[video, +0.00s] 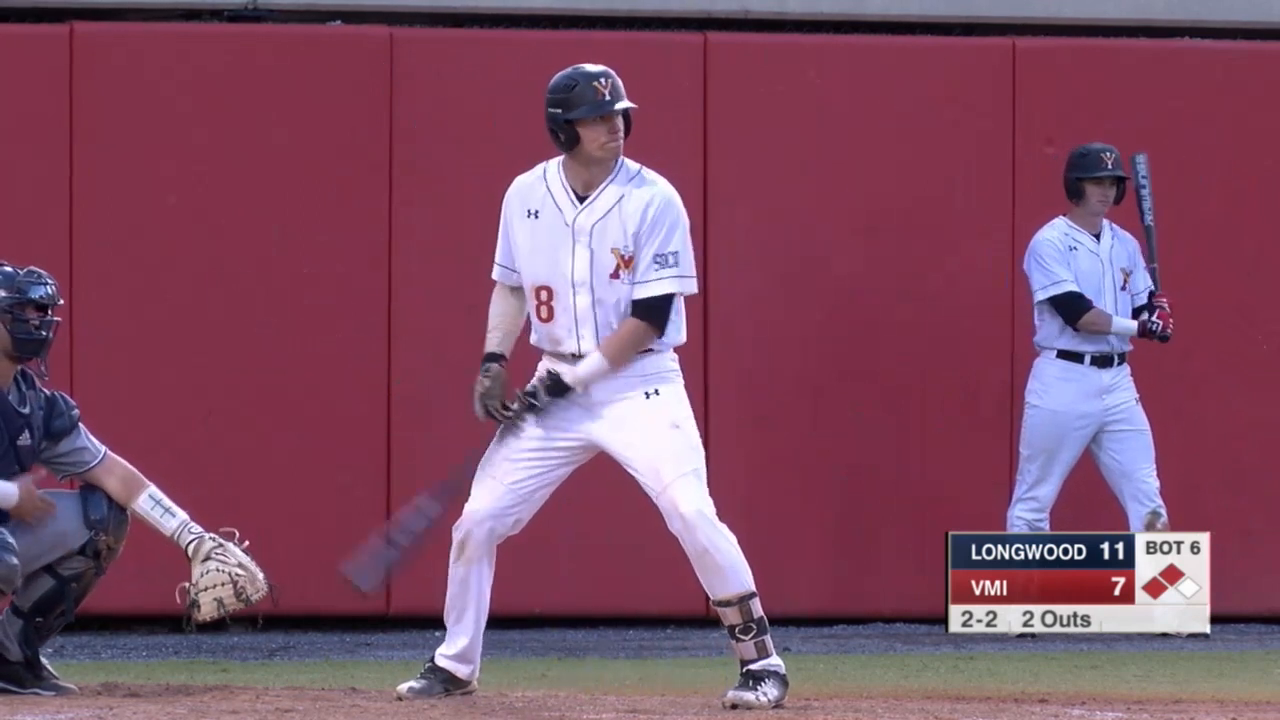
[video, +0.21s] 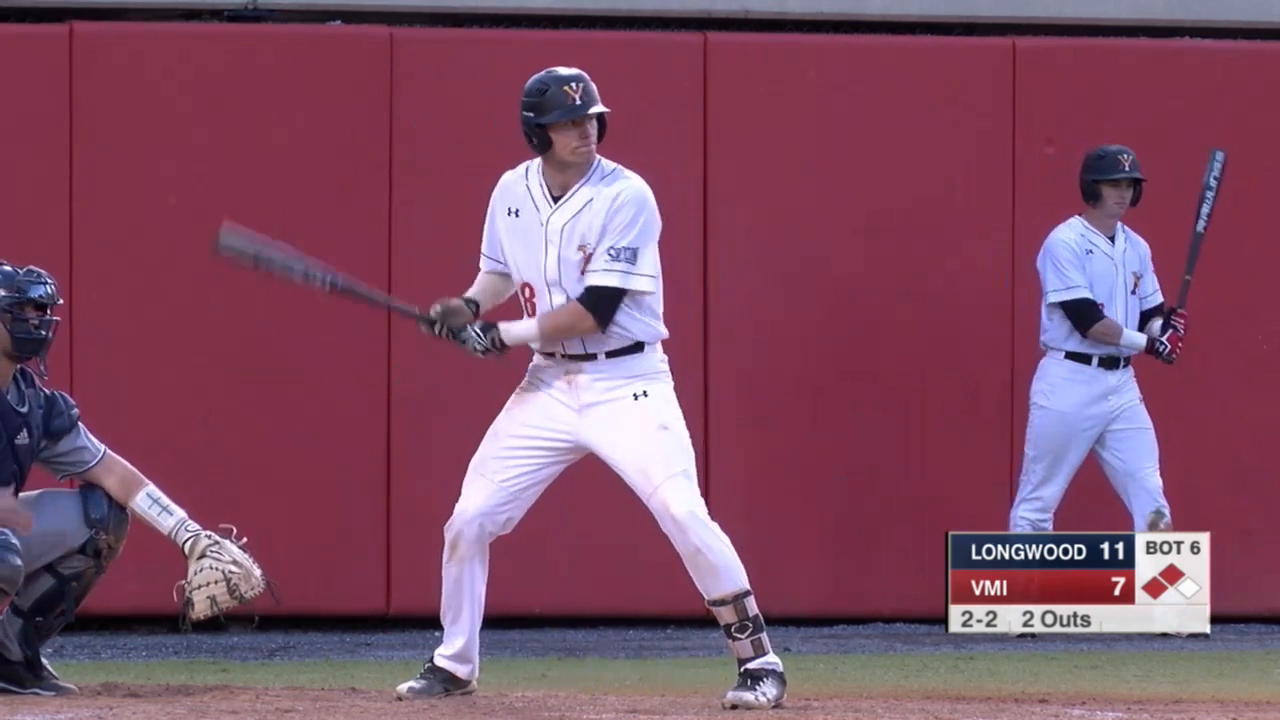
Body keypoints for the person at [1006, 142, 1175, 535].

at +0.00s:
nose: (1107, 192)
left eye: (1113, 184)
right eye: (1098, 183)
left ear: (1119, 189)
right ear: (1076, 185)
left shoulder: (1125, 244)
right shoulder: (1048, 242)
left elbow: (1142, 306)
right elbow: (1078, 315)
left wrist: (1155, 312)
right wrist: (1139, 327)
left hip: (1117, 384)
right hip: (1062, 382)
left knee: (1148, 504)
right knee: (1033, 504)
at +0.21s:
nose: (1124, 193)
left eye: (1130, 185)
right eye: (1115, 184)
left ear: (1135, 191)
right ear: (1092, 187)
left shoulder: (1136, 246)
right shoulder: (1064, 242)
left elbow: (1149, 314)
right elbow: (1087, 322)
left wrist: (1163, 326)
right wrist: (1146, 342)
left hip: (1121, 387)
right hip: (1067, 384)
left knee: (1151, 504)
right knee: (1037, 504)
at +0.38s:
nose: (1147, 195)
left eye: (1152, 187)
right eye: (1138, 186)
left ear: (1158, 193)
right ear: (1115, 189)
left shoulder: (1152, 251)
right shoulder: (1086, 244)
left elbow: (1159, 321)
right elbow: (1110, 326)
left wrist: (1180, 336)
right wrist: (1166, 352)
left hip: (1132, 388)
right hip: (1080, 384)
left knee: (1160, 502)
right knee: (1048, 504)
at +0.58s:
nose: (1178, 198)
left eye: (1183, 190)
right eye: (1169, 189)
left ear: (1188, 196)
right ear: (1145, 191)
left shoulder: (1174, 252)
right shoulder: (1117, 245)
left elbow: (1179, 324)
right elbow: (1142, 330)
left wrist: (1210, 347)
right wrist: (1194, 359)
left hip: (1147, 387)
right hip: (1098, 382)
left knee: (1169, 504)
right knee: (1070, 504)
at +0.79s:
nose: (1201, 204)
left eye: (1206, 196)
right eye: (1192, 195)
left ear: (1212, 201)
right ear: (1168, 198)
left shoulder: (1194, 255)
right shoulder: (1139, 250)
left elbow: (1187, 327)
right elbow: (1142, 337)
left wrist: (1218, 362)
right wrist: (1179, 387)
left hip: (1155, 387)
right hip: (1106, 377)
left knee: (1173, 500)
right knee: (1082, 490)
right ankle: (1025, 571)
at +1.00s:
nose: (1198, 209)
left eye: (1203, 201)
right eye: (1189, 200)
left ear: (1207, 206)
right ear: (1163, 203)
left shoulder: (1192, 257)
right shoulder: (1130, 259)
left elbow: (1185, 323)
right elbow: (1115, 345)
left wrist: (1208, 364)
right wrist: (1138, 411)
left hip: (1147, 386)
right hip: (1099, 382)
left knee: (1171, 495)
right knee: (1060, 484)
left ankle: (1179, 592)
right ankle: (1000, 576)